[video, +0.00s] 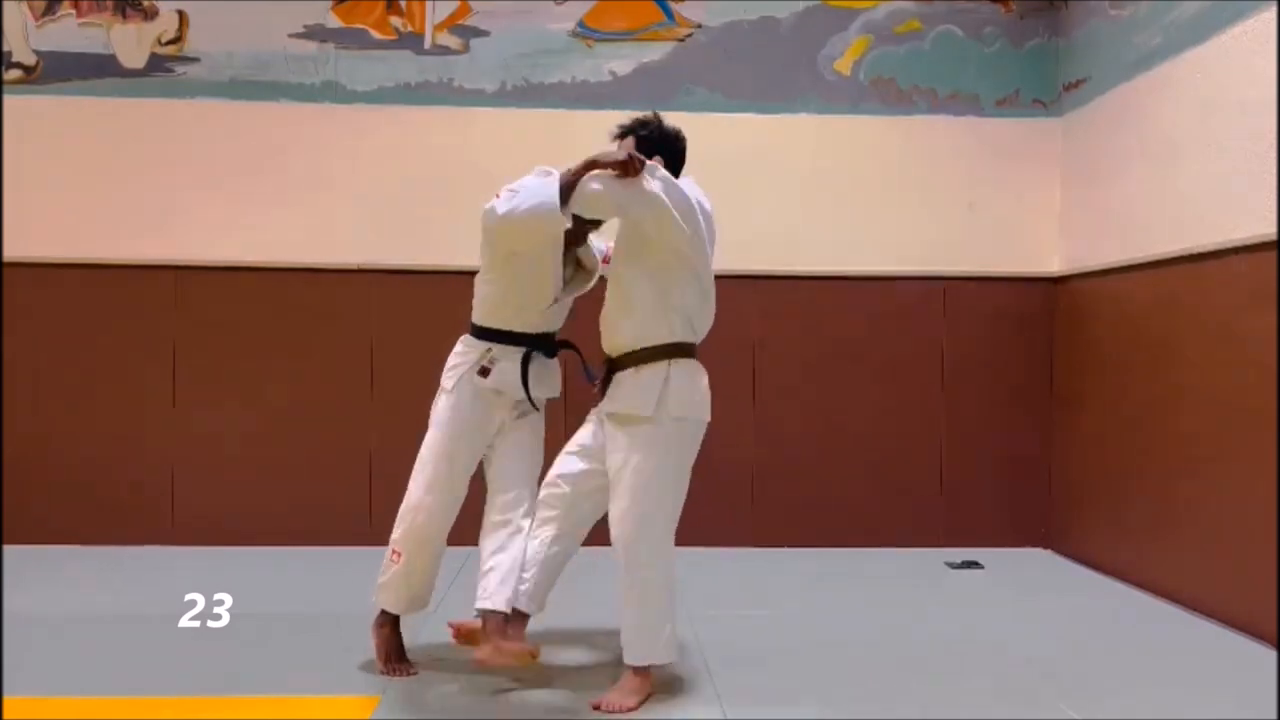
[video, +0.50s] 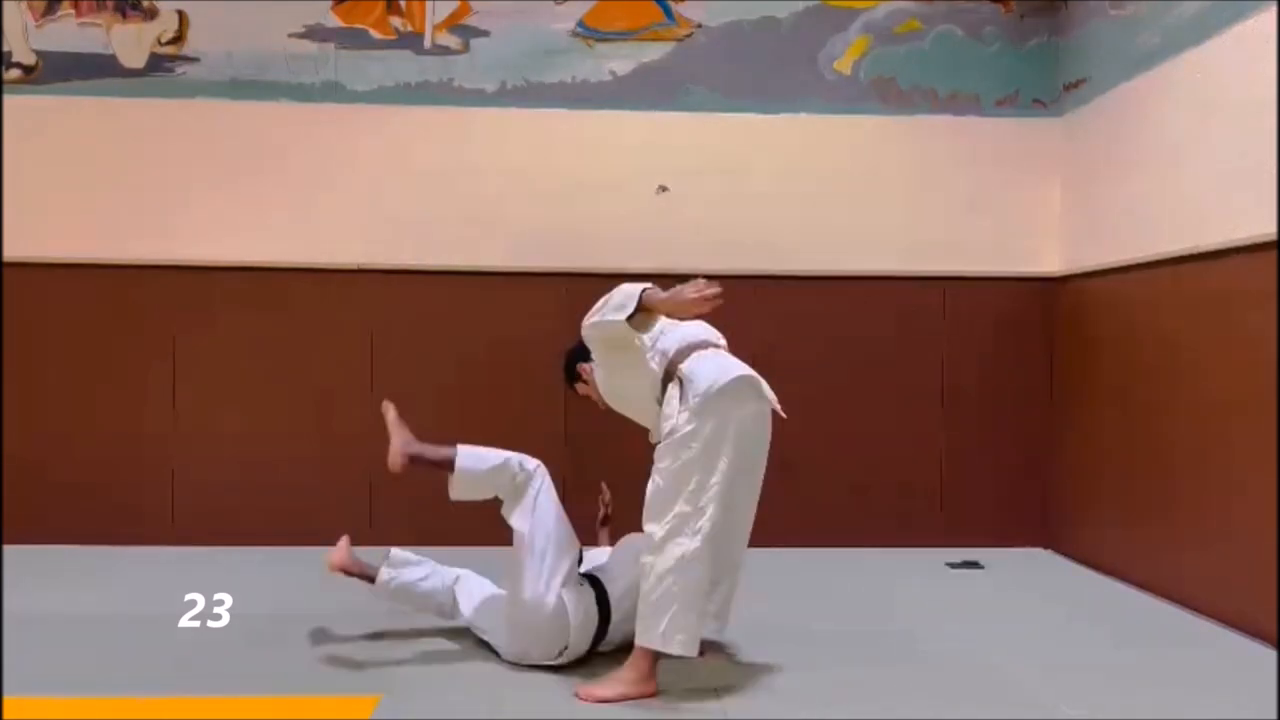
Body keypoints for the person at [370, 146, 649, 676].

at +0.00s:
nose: (590, 227)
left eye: (593, 223)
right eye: (584, 217)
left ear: (590, 223)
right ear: (563, 200)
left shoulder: (582, 254)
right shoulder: (508, 219)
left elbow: (620, 247)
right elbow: (542, 192)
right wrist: (595, 167)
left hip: (531, 385)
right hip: (477, 372)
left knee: (514, 503)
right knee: (433, 496)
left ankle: (496, 621)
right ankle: (389, 618)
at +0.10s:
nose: (570, 257)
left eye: (581, 249)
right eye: (562, 245)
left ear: (592, 252)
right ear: (543, 238)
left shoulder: (588, 303)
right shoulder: (509, 260)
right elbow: (492, 207)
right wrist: (565, 180)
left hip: (528, 414)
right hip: (474, 400)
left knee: (509, 489)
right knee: (391, 516)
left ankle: (484, 551)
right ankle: (410, 636)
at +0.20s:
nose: (564, 336)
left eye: (576, 329)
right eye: (561, 327)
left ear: (600, 334)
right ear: (553, 328)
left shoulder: (608, 375)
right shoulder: (524, 359)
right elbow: (486, 303)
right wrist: (521, 269)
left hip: (547, 467)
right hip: (490, 468)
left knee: (531, 479)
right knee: (366, 530)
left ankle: (506, 508)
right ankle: (412, 650)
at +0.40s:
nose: (625, 515)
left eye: (636, 512)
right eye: (630, 507)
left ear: (660, 522)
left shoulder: (664, 565)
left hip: (562, 631)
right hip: (517, 629)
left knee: (528, 498)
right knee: (434, 560)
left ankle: (405, 550)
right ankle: (395, 648)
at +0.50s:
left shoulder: (664, 554)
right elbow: (597, 576)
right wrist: (603, 528)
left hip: (556, 613)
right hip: (531, 646)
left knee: (531, 474)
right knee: (458, 586)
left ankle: (414, 449)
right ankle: (360, 567)